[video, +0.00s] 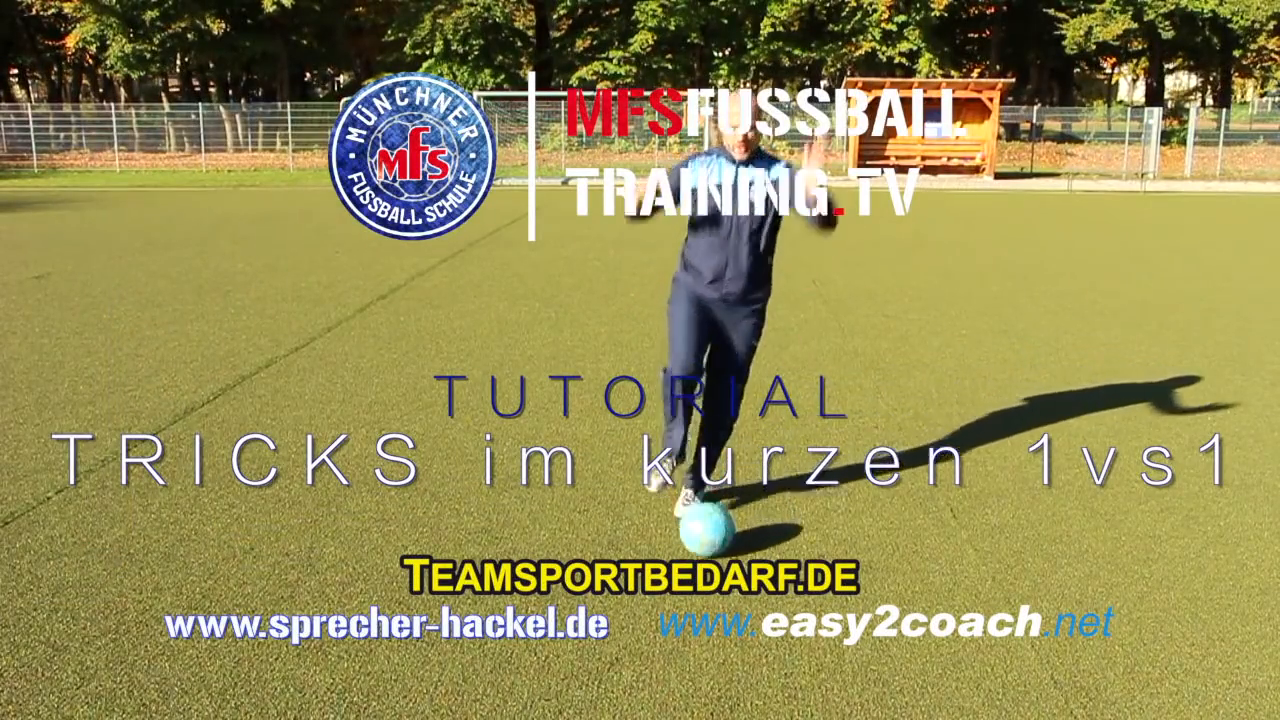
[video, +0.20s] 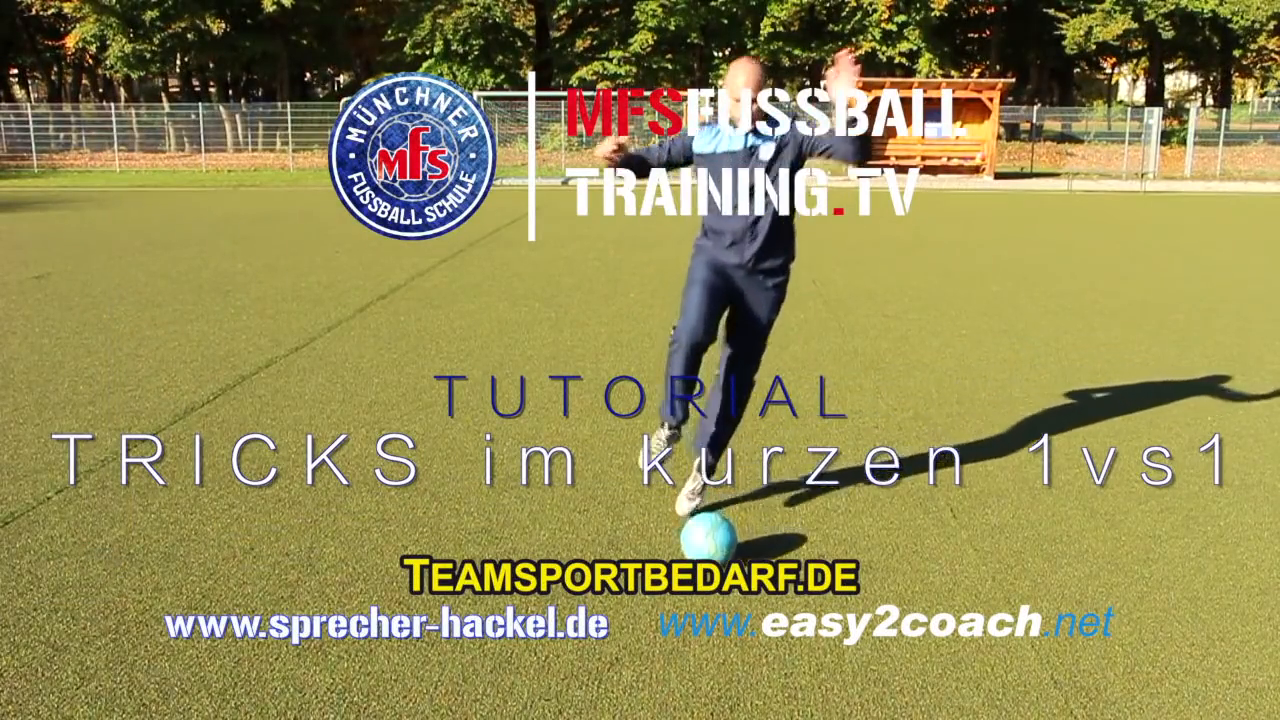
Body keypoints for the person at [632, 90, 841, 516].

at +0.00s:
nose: (742, 138)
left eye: (749, 129)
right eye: (733, 130)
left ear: (760, 128)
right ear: (719, 127)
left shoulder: (780, 173)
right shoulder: (699, 168)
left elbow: (825, 222)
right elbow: (643, 210)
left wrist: (817, 182)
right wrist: (644, 193)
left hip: (746, 302)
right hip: (694, 291)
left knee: (724, 400)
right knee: (682, 370)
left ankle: (697, 482)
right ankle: (673, 449)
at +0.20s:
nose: (744, 107)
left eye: (753, 98)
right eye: (736, 97)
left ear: (767, 96)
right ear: (723, 94)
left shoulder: (791, 136)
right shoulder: (704, 138)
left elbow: (854, 151)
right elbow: (656, 157)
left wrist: (847, 101)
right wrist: (623, 159)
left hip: (766, 269)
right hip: (713, 258)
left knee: (739, 371)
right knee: (691, 336)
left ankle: (705, 464)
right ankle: (669, 426)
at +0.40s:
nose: (757, 97)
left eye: (765, 87)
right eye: (749, 87)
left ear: (781, 83)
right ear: (738, 82)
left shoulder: (811, 117)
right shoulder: (715, 123)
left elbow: (876, 138)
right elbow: (652, 148)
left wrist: (910, 117)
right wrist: (591, 166)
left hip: (784, 263)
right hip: (727, 252)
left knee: (771, 372)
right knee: (694, 338)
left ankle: (741, 482)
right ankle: (659, 425)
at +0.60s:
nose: (784, 107)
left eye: (792, 98)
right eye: (775, 98)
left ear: (804, 95)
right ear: (757, 92)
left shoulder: (827, 134)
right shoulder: (731, 135)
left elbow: (897, 162)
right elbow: (662, 161)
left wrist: (962, 160)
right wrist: (595, 185)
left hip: (801, 282)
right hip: (737, 273)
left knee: (809, 398)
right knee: (692, 366)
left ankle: (806, 508)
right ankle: (651, 445)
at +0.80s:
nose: (818, 120)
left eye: (825, 114)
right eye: (808, 112)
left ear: (831, 127)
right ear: (785, 124)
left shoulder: (852, 176)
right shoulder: (751, 167)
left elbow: (901, 223)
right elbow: (690, 195)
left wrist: (971, 237)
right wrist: (631, 220)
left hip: (817, 324)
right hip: (750, 315)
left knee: (849, 436)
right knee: (703, 405)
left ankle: (872, 549)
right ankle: (667, 479)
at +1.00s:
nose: (828, 205)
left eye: (837, 196)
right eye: (819, 193)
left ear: (847, 193)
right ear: (800, 185)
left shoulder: (859, 244)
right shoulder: (758, 225)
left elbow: (897, 302)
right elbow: (722, 247)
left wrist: (949, 346)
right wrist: (687, 272)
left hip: (819, 367)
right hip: (751, 362)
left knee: (864, 465)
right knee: (721, 455)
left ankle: (879, 556)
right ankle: (721, 525)